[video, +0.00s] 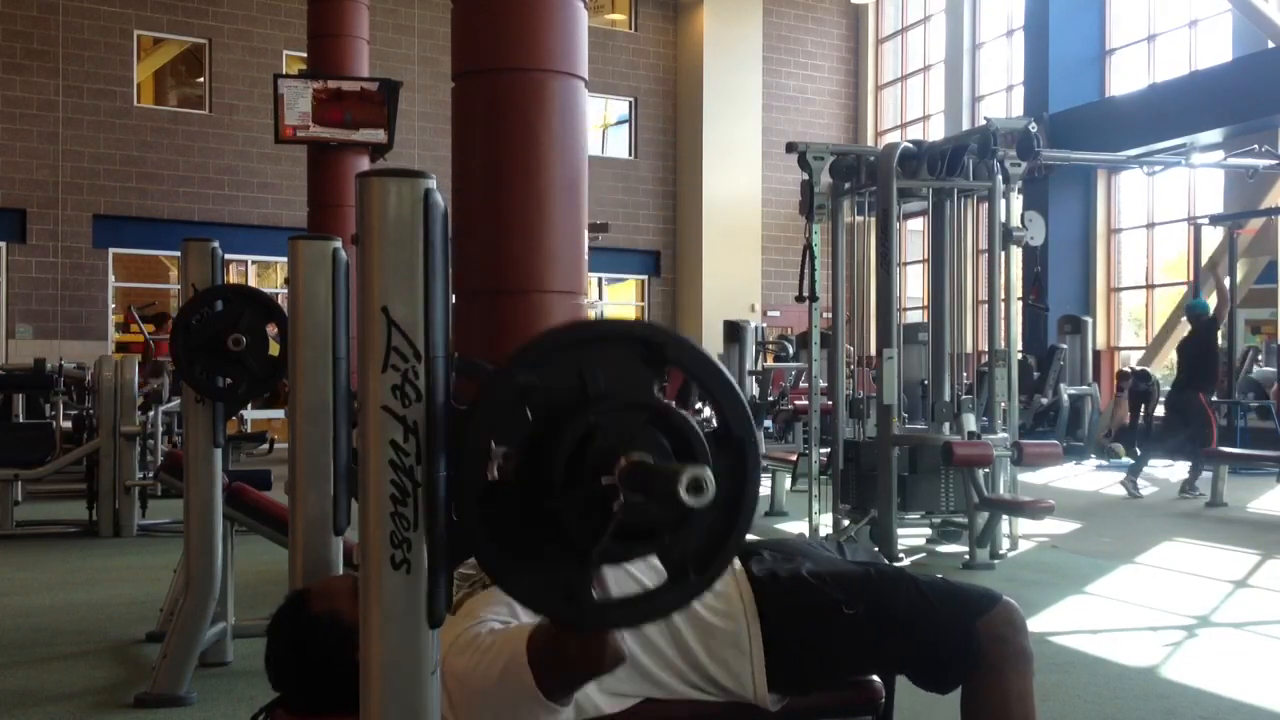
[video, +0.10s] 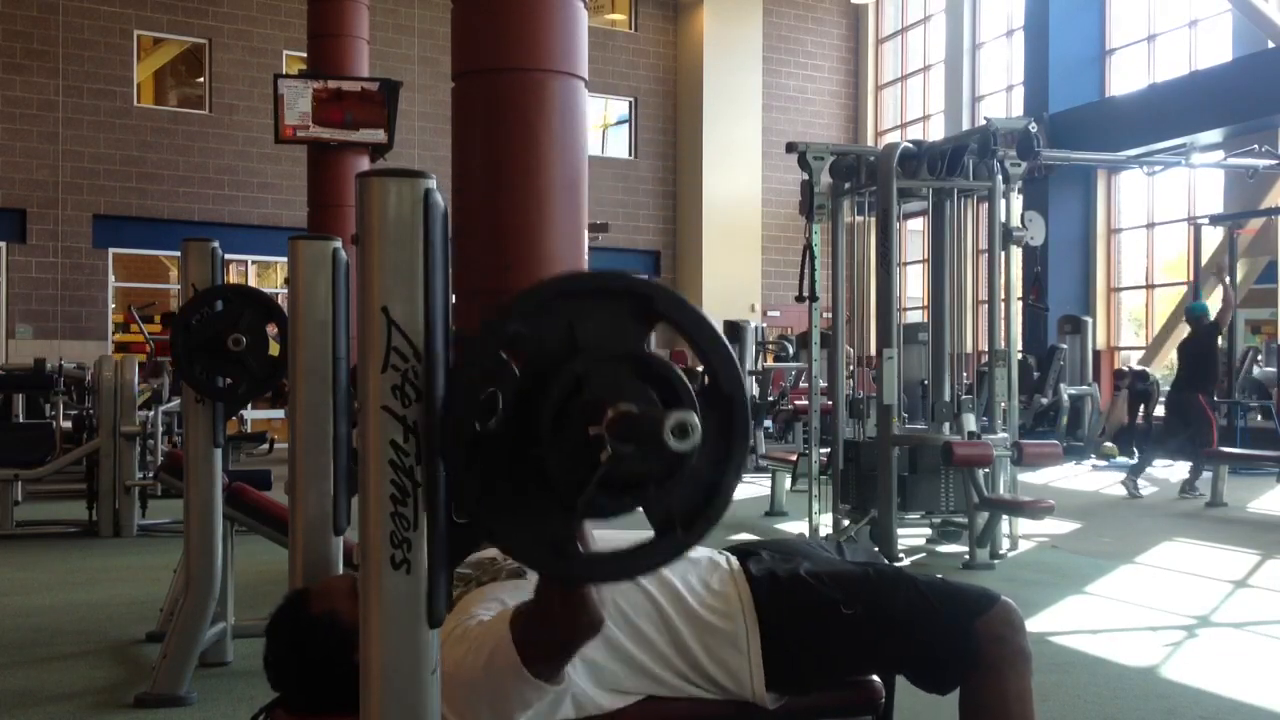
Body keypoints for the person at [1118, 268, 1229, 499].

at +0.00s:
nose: (1210, 314)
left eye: (1200, 312)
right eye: (1207, 312)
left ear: (1189, 318)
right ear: (1206, 314)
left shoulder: (1184, 343)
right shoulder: (1209, 329)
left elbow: (1182, 372)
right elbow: (1224, 301)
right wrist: (1217, 275)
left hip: (1176, 394)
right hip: (1195, 395)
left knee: (1163, 437)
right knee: (1208, 438)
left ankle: (1132, 476)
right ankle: (1190, 484)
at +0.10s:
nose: (1209, 317)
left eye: (1204, 313)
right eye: (1207, 313)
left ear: (1188, 319)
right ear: (1205, 316)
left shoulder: (1184, 343)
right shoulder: (1209, 332)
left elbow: (1183, 372)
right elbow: (1228, 304)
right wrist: (1223, 278)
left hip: (1176, 394)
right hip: (1196, 395)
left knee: (1166, 437)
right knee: (1208, 439)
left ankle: (1132, 476)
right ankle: (1190, 484)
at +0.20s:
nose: (1207, 305)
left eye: (1205, 302)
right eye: (1204, 302)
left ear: (1186, 306)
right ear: (1201, 304)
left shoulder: (1183, 327)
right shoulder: (1209, 319)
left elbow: (1203, 353)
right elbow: (1238, 310)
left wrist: (1222, 370)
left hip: (1173, 381)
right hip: (1191, 383)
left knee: (1171, 429)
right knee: (1193, 432)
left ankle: (1145, 468)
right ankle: (1189, 481)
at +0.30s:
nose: (1206, 298)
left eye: (1204, 296)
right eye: (1205, 295)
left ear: (1185, 298)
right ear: (1201, 295)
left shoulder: (1180, 316)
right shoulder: (1209, 312)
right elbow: (1242, 324)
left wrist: (1227, 318)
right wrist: (1266, 332)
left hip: (1172, 373)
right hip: (1189, 376)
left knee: (1174, 419)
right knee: (1185, 421)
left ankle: (1170, 471)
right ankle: (1170, 472)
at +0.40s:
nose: (1205, 303)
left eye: (1203, 300)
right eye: (1204, 300)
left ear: (1185, 301)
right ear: (1201, 301)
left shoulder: (1180, 318)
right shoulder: (1211, 322)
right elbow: (1232, 349)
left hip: (1174, 376)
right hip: (1190, 379)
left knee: (1185, 426)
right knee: (1182, 425)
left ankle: (1183, 476)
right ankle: (1152, 467)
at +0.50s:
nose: (1209, 317)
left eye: (1208, 314)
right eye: (1207, 314)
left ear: (1188, 316)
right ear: (1204, 316)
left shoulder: (1182, 331)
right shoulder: (1213, 340)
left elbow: (1184, 316)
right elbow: (1217, 373)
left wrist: (1190, 297)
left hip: (1177, 388)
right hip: (1190, 391)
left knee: (1196, 438)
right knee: (1176, 435)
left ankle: (1182, 481)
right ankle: (1142, 473)